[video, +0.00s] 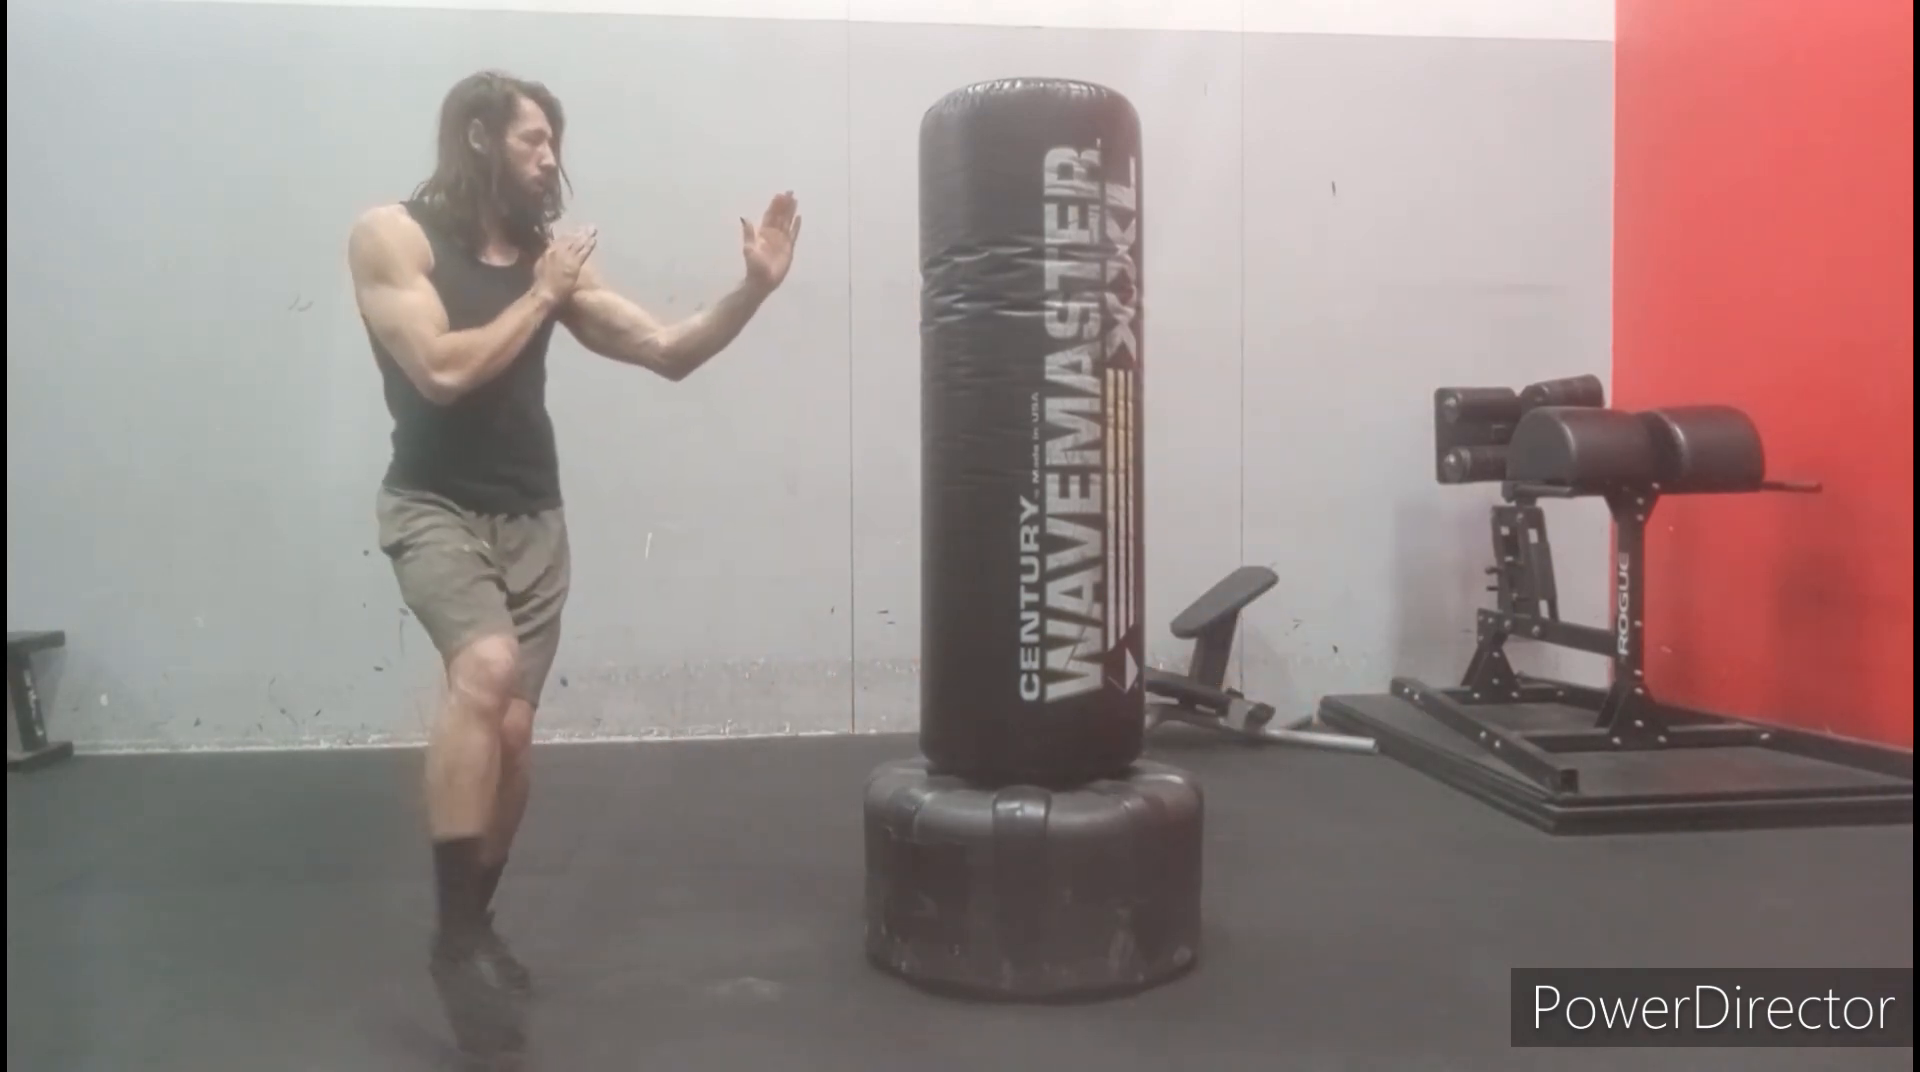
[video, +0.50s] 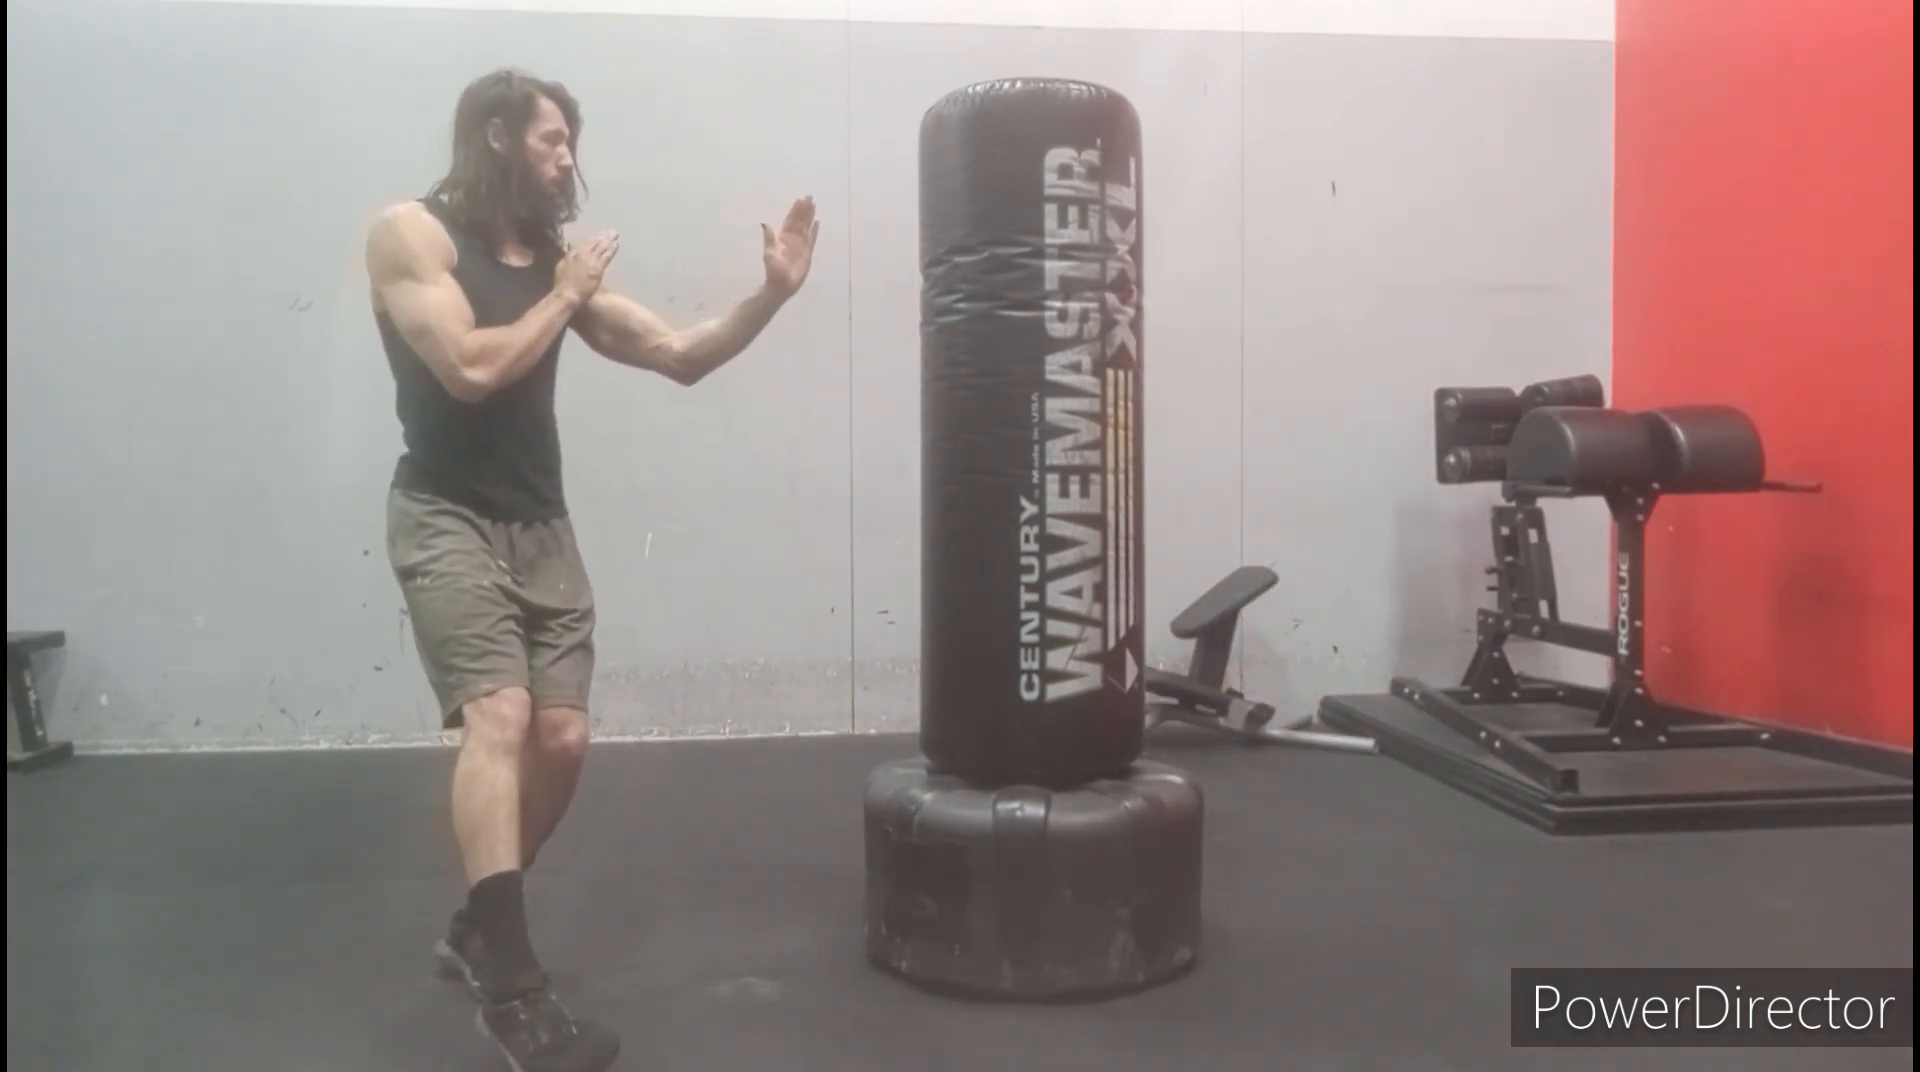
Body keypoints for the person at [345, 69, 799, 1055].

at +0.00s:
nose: (551, 159)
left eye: (553, 142)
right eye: (534, 141)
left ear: (538, 153)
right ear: (477, 144)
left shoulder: (545, 263)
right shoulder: (388, 235)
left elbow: (669, 350)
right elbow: (442, 373)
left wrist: (753, 286)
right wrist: (544, 291)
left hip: (530, 517)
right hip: (432, 507)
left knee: (513, 731)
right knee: (487, 669)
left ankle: (473, 924)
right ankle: (457, 938)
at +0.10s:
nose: (551, 160)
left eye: (553, 143)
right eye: (535, 142)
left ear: (536, 154)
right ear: (477, 145)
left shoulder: (543, 264)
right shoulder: (389, 237)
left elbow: (669, 352)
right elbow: (447, 376)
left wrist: (754, 288)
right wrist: (547, 293)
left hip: (534, 520)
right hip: (436, 514)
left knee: (522, 732)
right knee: (486, 699)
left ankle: (471, 927)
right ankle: (492, 949)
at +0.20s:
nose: (556, 164)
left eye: (557, 147)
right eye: (539, 145)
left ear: (534, 157)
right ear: (481, 149)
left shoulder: (544, 269)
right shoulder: (391, 241)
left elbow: (671, 354)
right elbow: (453, 379)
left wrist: (756, 290)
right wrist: (551, 295)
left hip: (537, 524)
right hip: (441, 518)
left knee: (542, 740)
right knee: (489, 716)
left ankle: (474, 927)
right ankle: (516, 967)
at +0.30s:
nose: (560, 166)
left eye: (561, 148)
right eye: (543, 147)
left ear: (523, 158)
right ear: (485, 149)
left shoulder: (545, 271)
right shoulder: (395, 241)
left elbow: (673, 356)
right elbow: (459, 380)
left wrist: (759, 291)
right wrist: (555, 297)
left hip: (539, 525)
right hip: (444, 520)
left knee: (558, 741)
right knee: (498, 719)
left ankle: (475, 925)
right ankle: (521, 982)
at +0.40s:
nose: (564, 164)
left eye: (565, 147)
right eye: (548, 145)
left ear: (527, 156)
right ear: (490, 147)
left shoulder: (547, 271)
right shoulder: (400, 239)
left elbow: (676, 356)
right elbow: (465, 376)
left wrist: (765, 291)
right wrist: (559, 297)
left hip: (540, 525)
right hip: (446, 520)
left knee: (562, 739)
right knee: (498, 719)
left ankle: (477, 924)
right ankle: (518, 983)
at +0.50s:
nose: (571, 160)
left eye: (571, 143)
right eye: (555, 141)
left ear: (532, 152)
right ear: (497, 143)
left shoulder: (550, 267)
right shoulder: (406, 234)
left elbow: (681, 354)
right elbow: (471, 370)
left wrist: (771, 292)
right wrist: (565, 293)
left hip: (539, 522)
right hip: (444, 515)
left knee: (561, 741)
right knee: (497, 716)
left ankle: (477, 923)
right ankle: (514, 979)